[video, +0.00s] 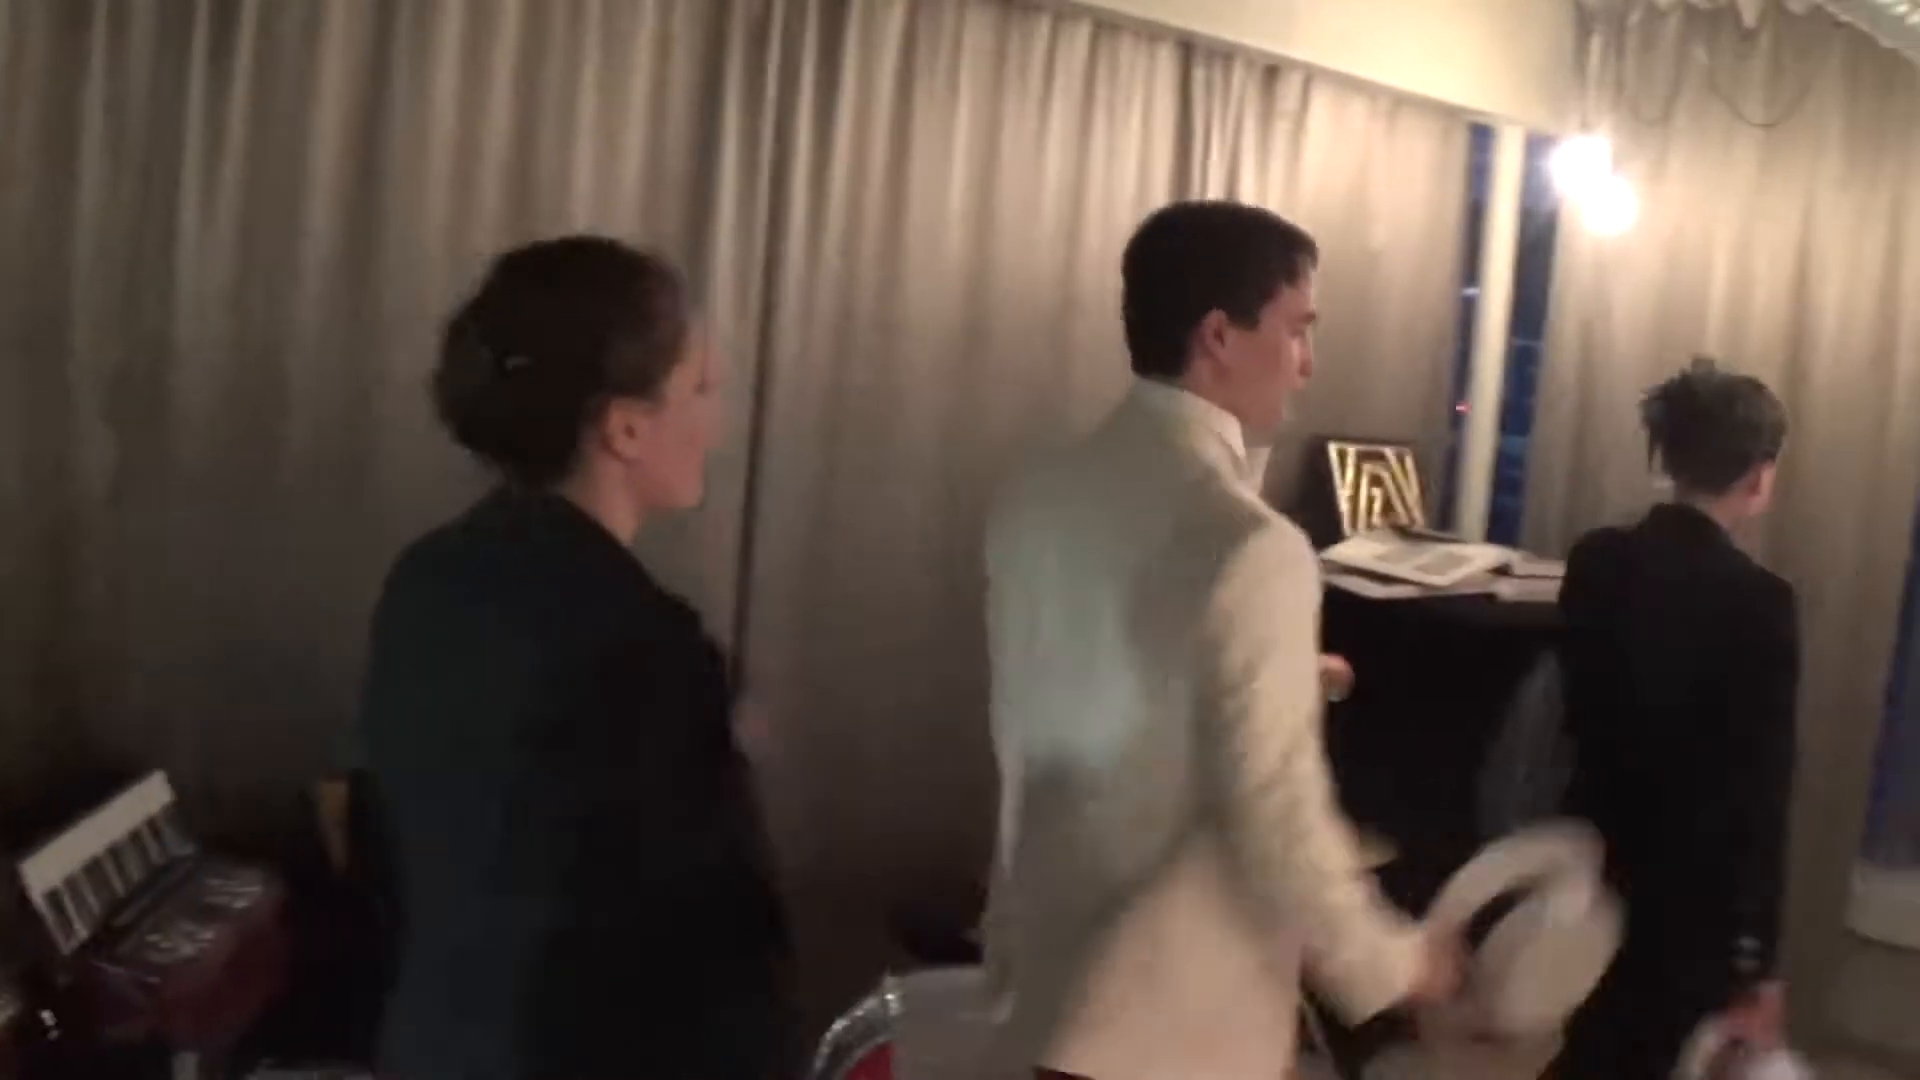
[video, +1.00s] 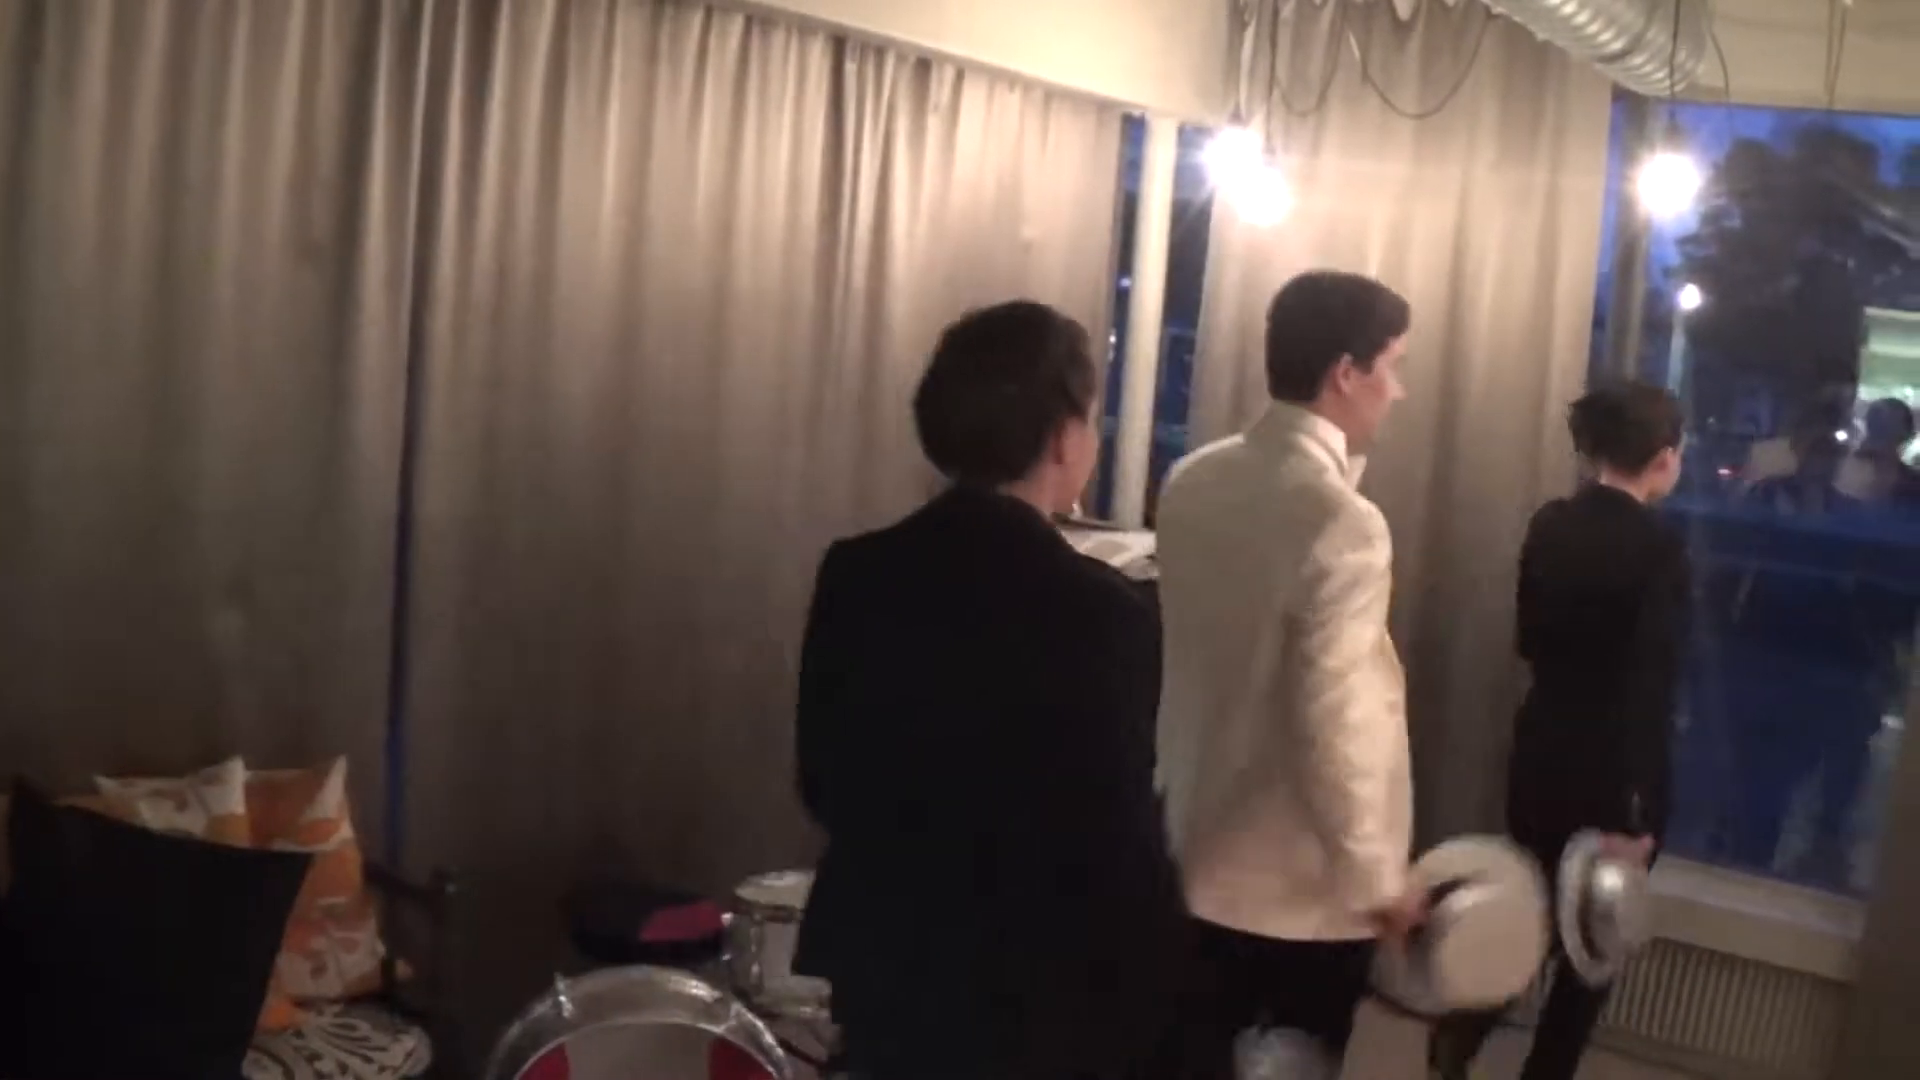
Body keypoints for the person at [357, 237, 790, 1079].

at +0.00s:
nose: (714, 417)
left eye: (709, 389)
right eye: (699, 390)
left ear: (514, 415)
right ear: (624, 431)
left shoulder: (425, 582)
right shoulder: (648, 642)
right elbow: (720, 921)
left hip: (434, 1030)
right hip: (605, 1050)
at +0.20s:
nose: (801, 405)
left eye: (795, 375)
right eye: (786, 377)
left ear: (600, 395)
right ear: (720, 401)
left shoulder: (501, 582)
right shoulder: (761, 622)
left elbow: (402, 845)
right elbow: (826, 907)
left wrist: (398, 1045)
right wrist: (1033, 1020)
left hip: (519, 1036)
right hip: (718, 1049)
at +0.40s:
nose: (878, 422)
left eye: (869, 394)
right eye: (866, 397)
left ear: (701, 425)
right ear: (817, 426)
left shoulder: (607, 594)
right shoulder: (853, 630)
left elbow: (474, 818)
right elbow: (932, 916)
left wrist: (442, 1026)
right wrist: (1119, 858)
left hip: (616, 1041)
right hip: (800, 1046)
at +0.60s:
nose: (951, 420)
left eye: (948, 393)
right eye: (946, 394)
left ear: (786, 404)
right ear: (910, 417)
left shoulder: (689, 568)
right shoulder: (940, 602)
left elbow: (669, 787)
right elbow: (959, 847)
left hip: (719, 973)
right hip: (884, 994)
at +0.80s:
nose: (1026, 434)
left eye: (1023, 408)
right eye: (1022, 410)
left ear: (865, 417)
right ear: (994, 430)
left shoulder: (771, 556)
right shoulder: (1048, 609)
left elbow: (795, 767)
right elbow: (1053, 813)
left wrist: (964, 533)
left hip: (790, 944)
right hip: (969, 965)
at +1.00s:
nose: (1092, 440)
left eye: (1090, 416)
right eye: (1089, 418)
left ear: (946, 422)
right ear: (1060, 435)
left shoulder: (855, 572)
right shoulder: (1109, 608)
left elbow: (824, 783)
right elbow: (1116, 805)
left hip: (886, 956)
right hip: (1053, 968)